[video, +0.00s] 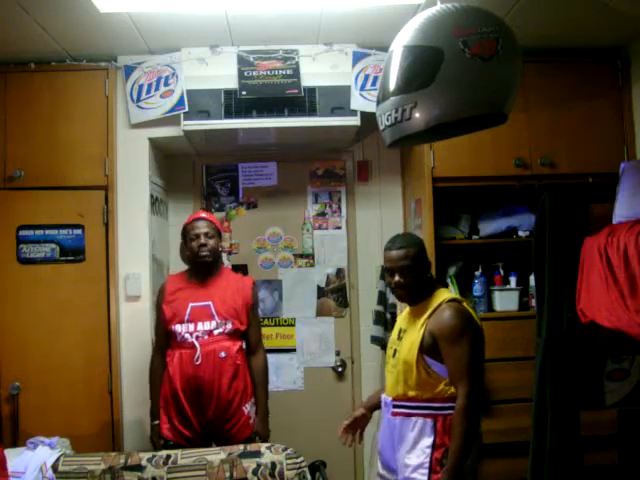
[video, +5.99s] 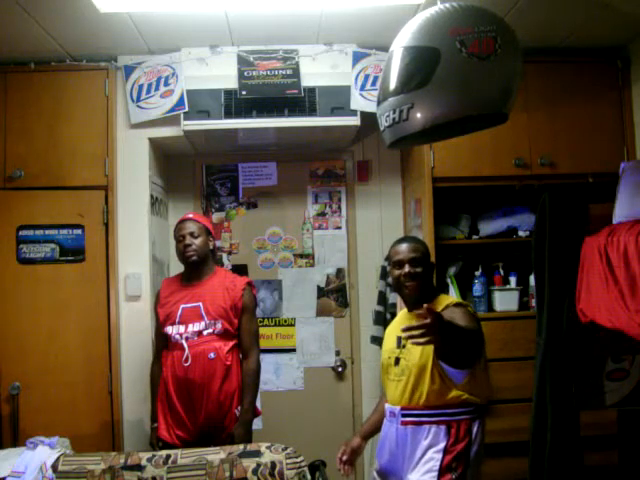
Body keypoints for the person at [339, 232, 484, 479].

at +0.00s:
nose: (397, 281)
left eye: (406, 272)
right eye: (390, 273)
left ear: (426, 268)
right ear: (384, 273)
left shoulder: (450, 318)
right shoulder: (408, 311)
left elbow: (467, 395)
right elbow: (406, 380)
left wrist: (450, 469)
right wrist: (367, 407)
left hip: (428, 446)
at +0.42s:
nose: (375, 275)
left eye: (381, 268)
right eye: (376, 268)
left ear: (407, 268)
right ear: (406, 269)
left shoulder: (453, 317)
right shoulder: (409, 310)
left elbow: (471, 397)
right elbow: (406, 385)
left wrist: (451, 469)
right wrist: (385, 435)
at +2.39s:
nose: (397, 273)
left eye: (409, 266)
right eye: (396, 266)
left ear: (433, 272)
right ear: (393, 267)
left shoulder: (465, 324)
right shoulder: (415, 318)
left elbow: (481, 406)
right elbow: (408, 393)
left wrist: (458, 471)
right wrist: (386, 447)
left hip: (438, 441)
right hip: (401, 436)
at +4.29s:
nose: (404, 274)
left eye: (413, 266)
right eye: (395, 268)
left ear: (428, 270)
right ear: (388, 276)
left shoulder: (454, 324)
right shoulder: (400, 320)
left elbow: (477, 402)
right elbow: (397, 392)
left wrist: (455, 471)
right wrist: (370, 438)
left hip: (432, 447)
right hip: (391, 444)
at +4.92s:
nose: (405, 276)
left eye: (414, 268)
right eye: (397, 270)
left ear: (430, 272)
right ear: (388, 277)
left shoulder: (457, 323)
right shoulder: (400, 323)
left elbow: (482, 396)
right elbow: (397, 394)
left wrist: (444, 460)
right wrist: (371, 441)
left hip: (434, 443)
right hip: (393, 441)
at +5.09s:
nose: (409, 271)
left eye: (417, 264)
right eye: (400, 265)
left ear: (431, 268)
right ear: (390, 273)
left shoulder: (455, 314)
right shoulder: (396, 321)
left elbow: (475, 370)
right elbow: (393, 391)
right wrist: (370, 437)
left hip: (440, 434)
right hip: (394, 434)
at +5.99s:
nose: (407, 271)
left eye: (416, 263)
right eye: (398, 265)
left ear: (429, 269)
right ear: (389, 274)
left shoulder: (453, 311)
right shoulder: (396, 324)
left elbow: (469, 357)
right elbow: (393, 393)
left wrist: (442, 333)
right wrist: (361, 437)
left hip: (441, 435)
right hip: (395, 436)